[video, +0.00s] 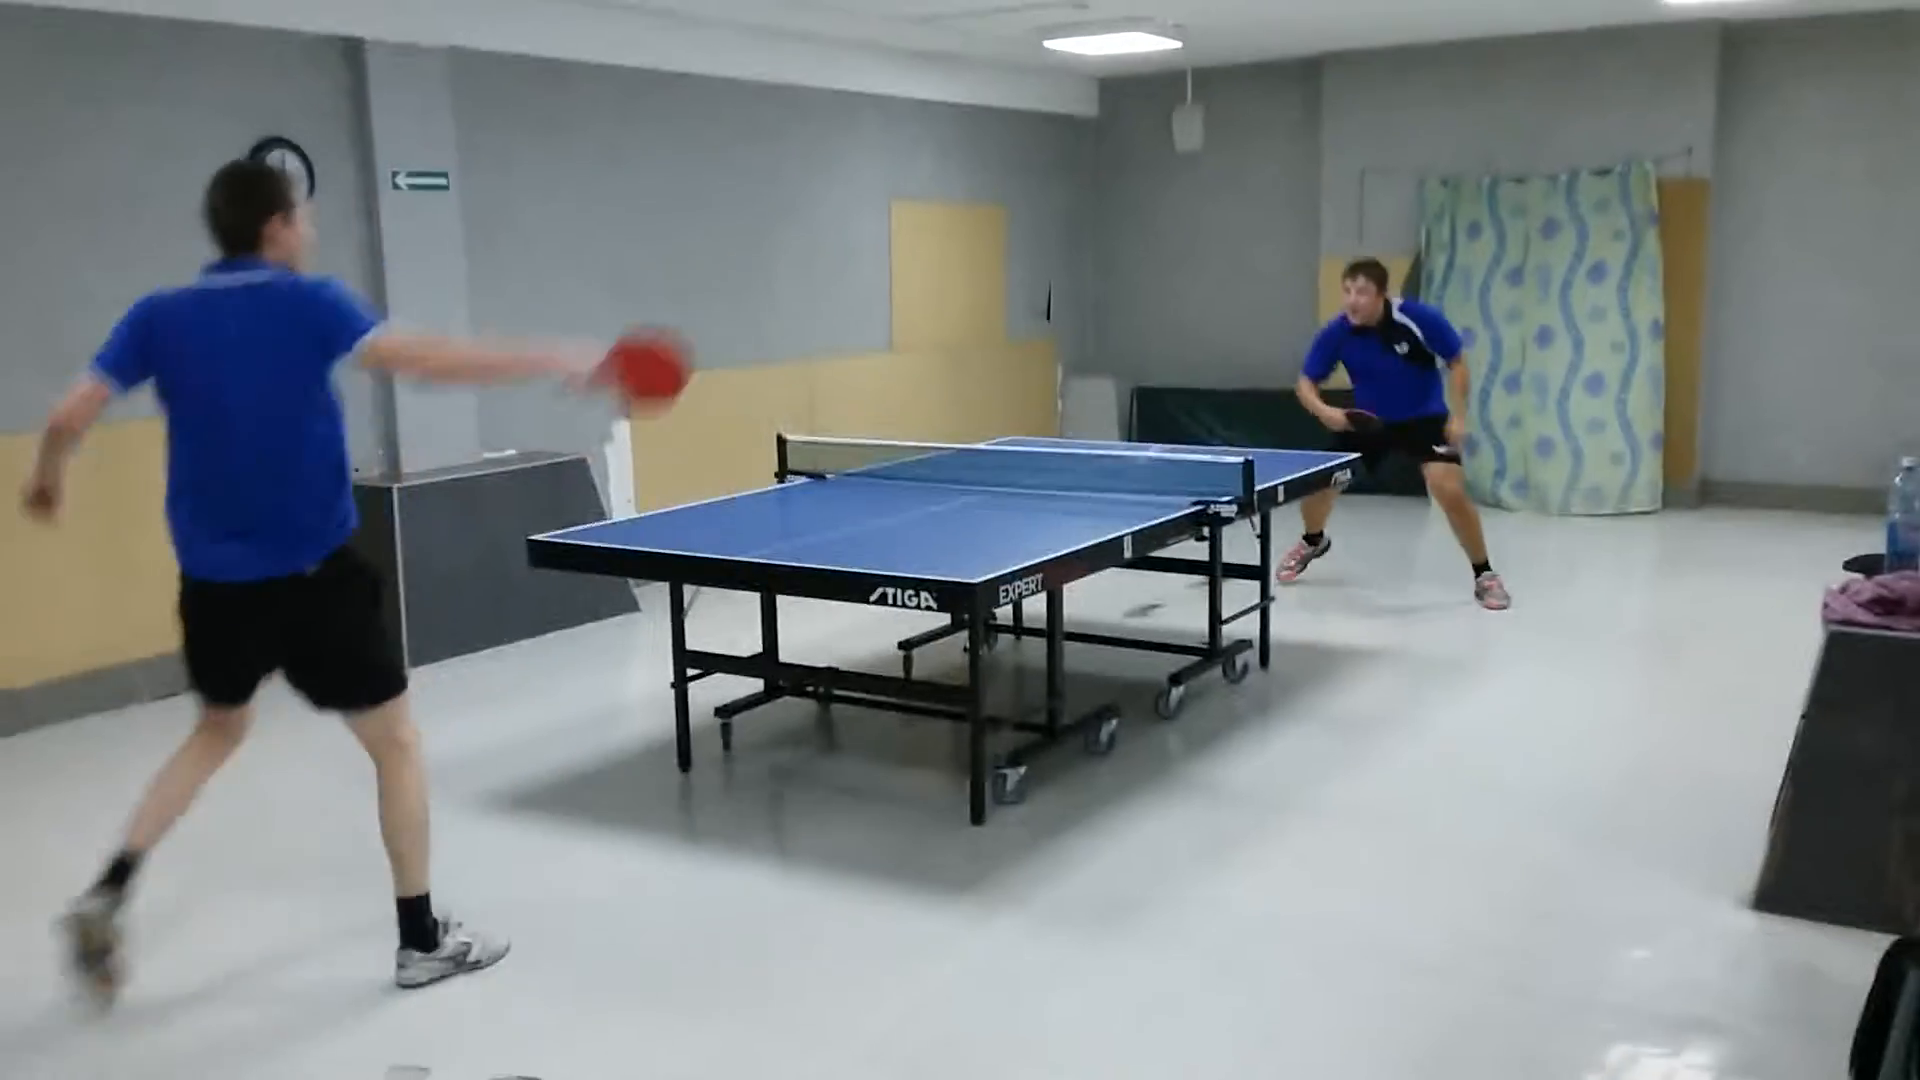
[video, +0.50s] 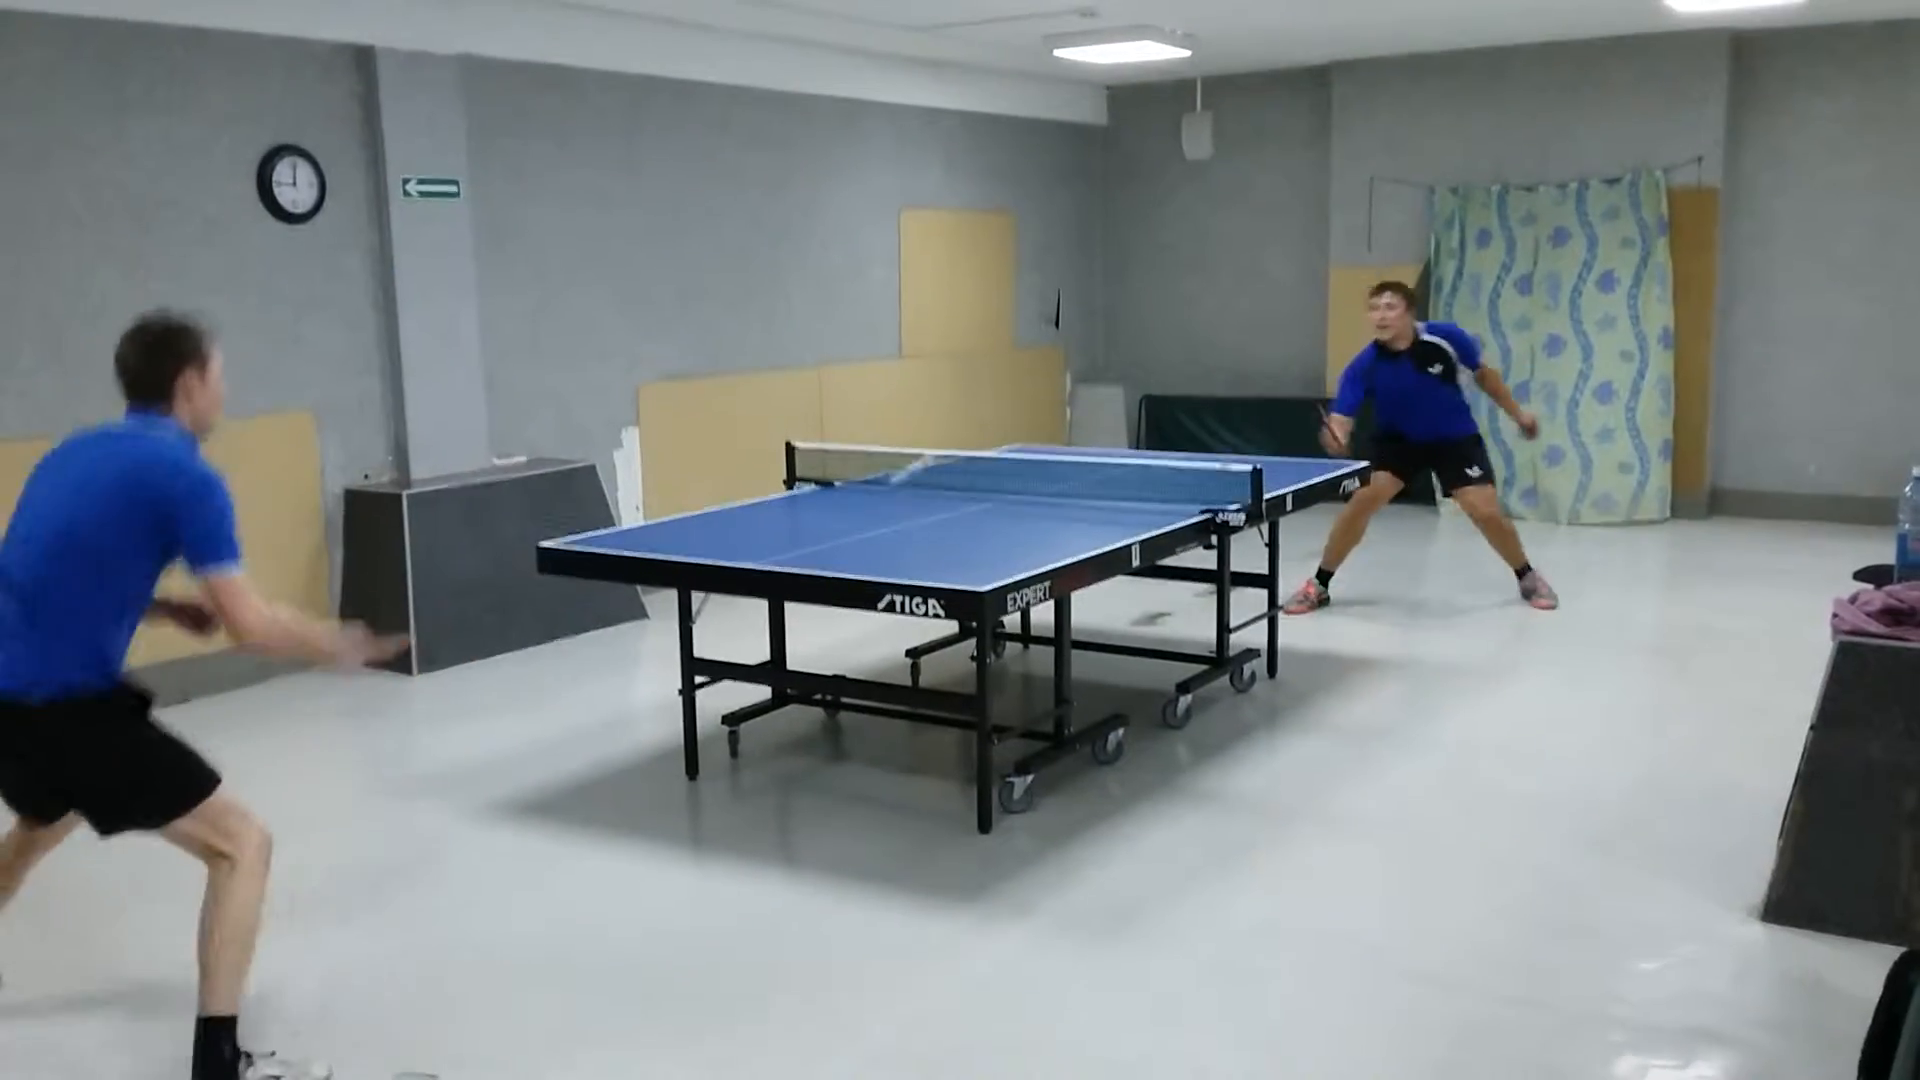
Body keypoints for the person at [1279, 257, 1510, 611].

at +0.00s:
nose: (1353, 300)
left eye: (1362, 292)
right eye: (1349, 292)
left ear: (1381, 295)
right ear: (1343, 294)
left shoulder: (1419, 320)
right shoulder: (1337, 333)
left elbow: (1457, 364)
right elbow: (1304, 384)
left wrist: (1458, 418)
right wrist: (1324, 412)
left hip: (1424, 422)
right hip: (1369, 423)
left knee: (1448, 488)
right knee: (1317, 477)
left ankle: (1484, 574)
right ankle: (1313, 541)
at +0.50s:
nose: (1381, 316)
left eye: (1390, 307)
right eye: (1375, 309)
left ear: (1409, 311)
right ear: (1368, 316)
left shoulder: (1446, 340)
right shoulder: (1364, 366)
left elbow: (1484, 375)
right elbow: (1341, 420)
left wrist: (1517, 414)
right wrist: (1336, 438)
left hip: (1455, 440)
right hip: (1399, 445)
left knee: (1484, 511)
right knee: (1364, 499)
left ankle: (1527, 578)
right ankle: (1318, 585)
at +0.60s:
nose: (1414, 300)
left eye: (1424, 291)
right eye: (1410, 292)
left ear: (1444, 296)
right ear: (1404, 298)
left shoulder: (1480, 330)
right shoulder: (1396, 347)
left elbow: (1520, 370)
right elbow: (1376, 399)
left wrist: (1548, 418)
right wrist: (1372, 428)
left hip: (1481, 431)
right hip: (1422, 434)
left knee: (1504, 502)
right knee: (1382, 492)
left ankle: (1536, 576)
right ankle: (1326, 578)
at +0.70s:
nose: (1432, 279)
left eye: (1443, 272)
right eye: (1429, 272)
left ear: (1464, 279)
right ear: (1425, 279)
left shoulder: (1499, 313)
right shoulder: (1419, 325)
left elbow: (1546, 355)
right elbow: (1404, 374)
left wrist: (1563, 410)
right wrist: (1395, 404)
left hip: (1503, 419)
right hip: (1445, 420)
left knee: (1513, 493)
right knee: (1405, 481)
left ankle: (1539, 577)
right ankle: (1353, 570)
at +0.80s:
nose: (1442, 254)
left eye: (1452, 247)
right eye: (1439, 247)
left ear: (1475, 253)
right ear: (1435, 253)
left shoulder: (1512, 291)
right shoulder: (1430, 302)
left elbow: (1557, 330)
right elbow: (1415, 350)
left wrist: (1567, 382)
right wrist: (1402, 385)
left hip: (1517, 403)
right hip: (1463, 403)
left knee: (1521, 487)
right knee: (1428, 474)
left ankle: (1542, 575)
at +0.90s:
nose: (1447, 247)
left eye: (1457, 240)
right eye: (1444, 240)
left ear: (1480, 247)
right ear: (1440, 246)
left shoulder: (1515, 280)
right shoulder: (1436, 295)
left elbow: (1562, 318)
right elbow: (1420, 343)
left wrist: (1566, 371)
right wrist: (1412, 378)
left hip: (1529, 395)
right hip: (1478, 398)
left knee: (1532, 480)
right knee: (1459, 477)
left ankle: (1565, 567)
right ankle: (1472, 559)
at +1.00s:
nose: (1459, 259)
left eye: (1468, 251)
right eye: (1455, 252)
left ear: (1489, 256)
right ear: (1452, 258)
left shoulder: (1524, 290)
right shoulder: (1454, 307)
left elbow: (1575, 331)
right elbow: (1440, 354)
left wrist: (1563, 381)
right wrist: (1425, 381)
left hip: (1544, 403)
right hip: (1499, 410)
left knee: (1549, 482)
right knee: (1484, 486)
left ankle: (1605, 569)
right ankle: (1493, 566)